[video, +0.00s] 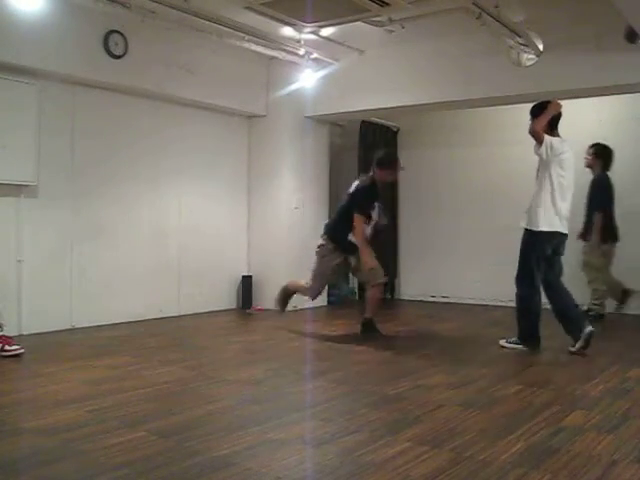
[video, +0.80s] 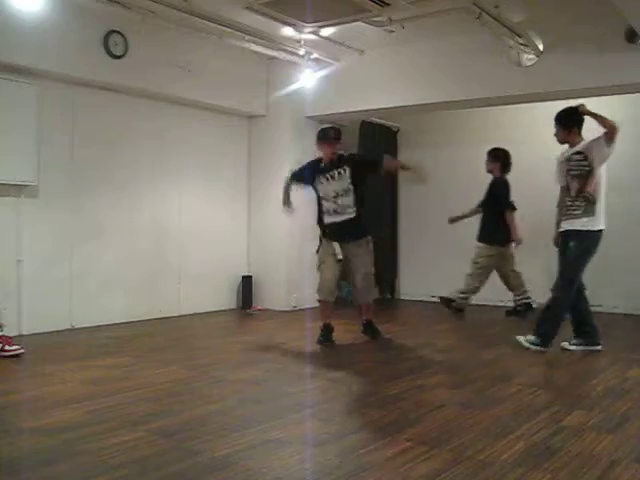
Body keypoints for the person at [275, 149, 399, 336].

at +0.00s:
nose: (394, 177)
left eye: (395, 172)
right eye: (390, 173)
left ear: (381, 170)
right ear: (379, 170)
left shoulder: (374, 187)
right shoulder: (364, 189)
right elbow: (358, 231)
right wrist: (368, 258)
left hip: (353, 244)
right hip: (333, 243)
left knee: (376, 279)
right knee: (313, 291)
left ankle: (368, 323)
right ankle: (290, 288)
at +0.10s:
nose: (383, 164)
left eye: (385, 159)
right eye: (381, 159)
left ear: (376, 158)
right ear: (371, 157)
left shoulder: (375, 177)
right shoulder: (355, 177)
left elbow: (372, 209)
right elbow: (351, 217)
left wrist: (377, 228)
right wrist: (359, 247)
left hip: (360, 233)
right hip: (337, 232)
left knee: (375, 281)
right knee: (328, 280)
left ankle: (368, 321)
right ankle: (315, 271)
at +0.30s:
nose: (363, 148)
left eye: (365, 144)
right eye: (360, 144)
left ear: (367, 143)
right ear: (349, 142)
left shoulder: (368, 163)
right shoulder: (333, 163)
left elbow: (370, 198)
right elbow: (331, 201)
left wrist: (375, 223)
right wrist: (351, 226)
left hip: (365, 225)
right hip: (340, 223)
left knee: (372, 277)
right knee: (331, 260)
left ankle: (367, 319)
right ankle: (340, 281)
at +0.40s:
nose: (350, 150)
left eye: (352, 145)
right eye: (346, 145)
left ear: (356, 143)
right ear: (336, 143)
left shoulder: (362, 161)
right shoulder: (324, 161)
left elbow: (366, 193)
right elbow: (322, 194)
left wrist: (374, 216)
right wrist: (338, 217)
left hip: (366, 228)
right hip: (340, 229)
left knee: (372, 279)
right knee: (334, 277)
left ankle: (368, 322)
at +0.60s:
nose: (330, 152)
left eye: (332, 147)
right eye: (325, 147)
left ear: (336, 147)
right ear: (316, 147)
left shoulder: (347, 163)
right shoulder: (311, 181)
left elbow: (359, 190)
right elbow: (314, 215)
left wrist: (377, 204)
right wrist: (325, 234)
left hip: (363, 230)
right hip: (336, 236)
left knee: (372, 280)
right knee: (330, 281)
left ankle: (367, 321)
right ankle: (325, 327)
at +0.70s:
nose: (327, 151)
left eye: (330, 146)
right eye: (323, 147)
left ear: (335, 145)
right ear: (316, 147)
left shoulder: (351, 161)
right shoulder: (313, 176)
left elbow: (368, 169)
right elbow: (305, 206)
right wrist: (301, 228)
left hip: (361, 232)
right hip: (333, 236)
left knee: (369, 281)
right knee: (329, 280)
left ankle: (368, 322)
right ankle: (326, 327)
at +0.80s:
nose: (331, 149)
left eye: (334, 145)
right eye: (327, 145)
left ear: (339, 145)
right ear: (319, 146)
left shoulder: (352, 162)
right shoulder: (313, 169)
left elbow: (379, 163)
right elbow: (291, 179)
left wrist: (397, 166)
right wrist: (286, 201)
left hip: (357, 232)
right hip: (329, 236)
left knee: (365, 277)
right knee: (328, 280)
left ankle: (367, 322)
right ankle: (326, 327)